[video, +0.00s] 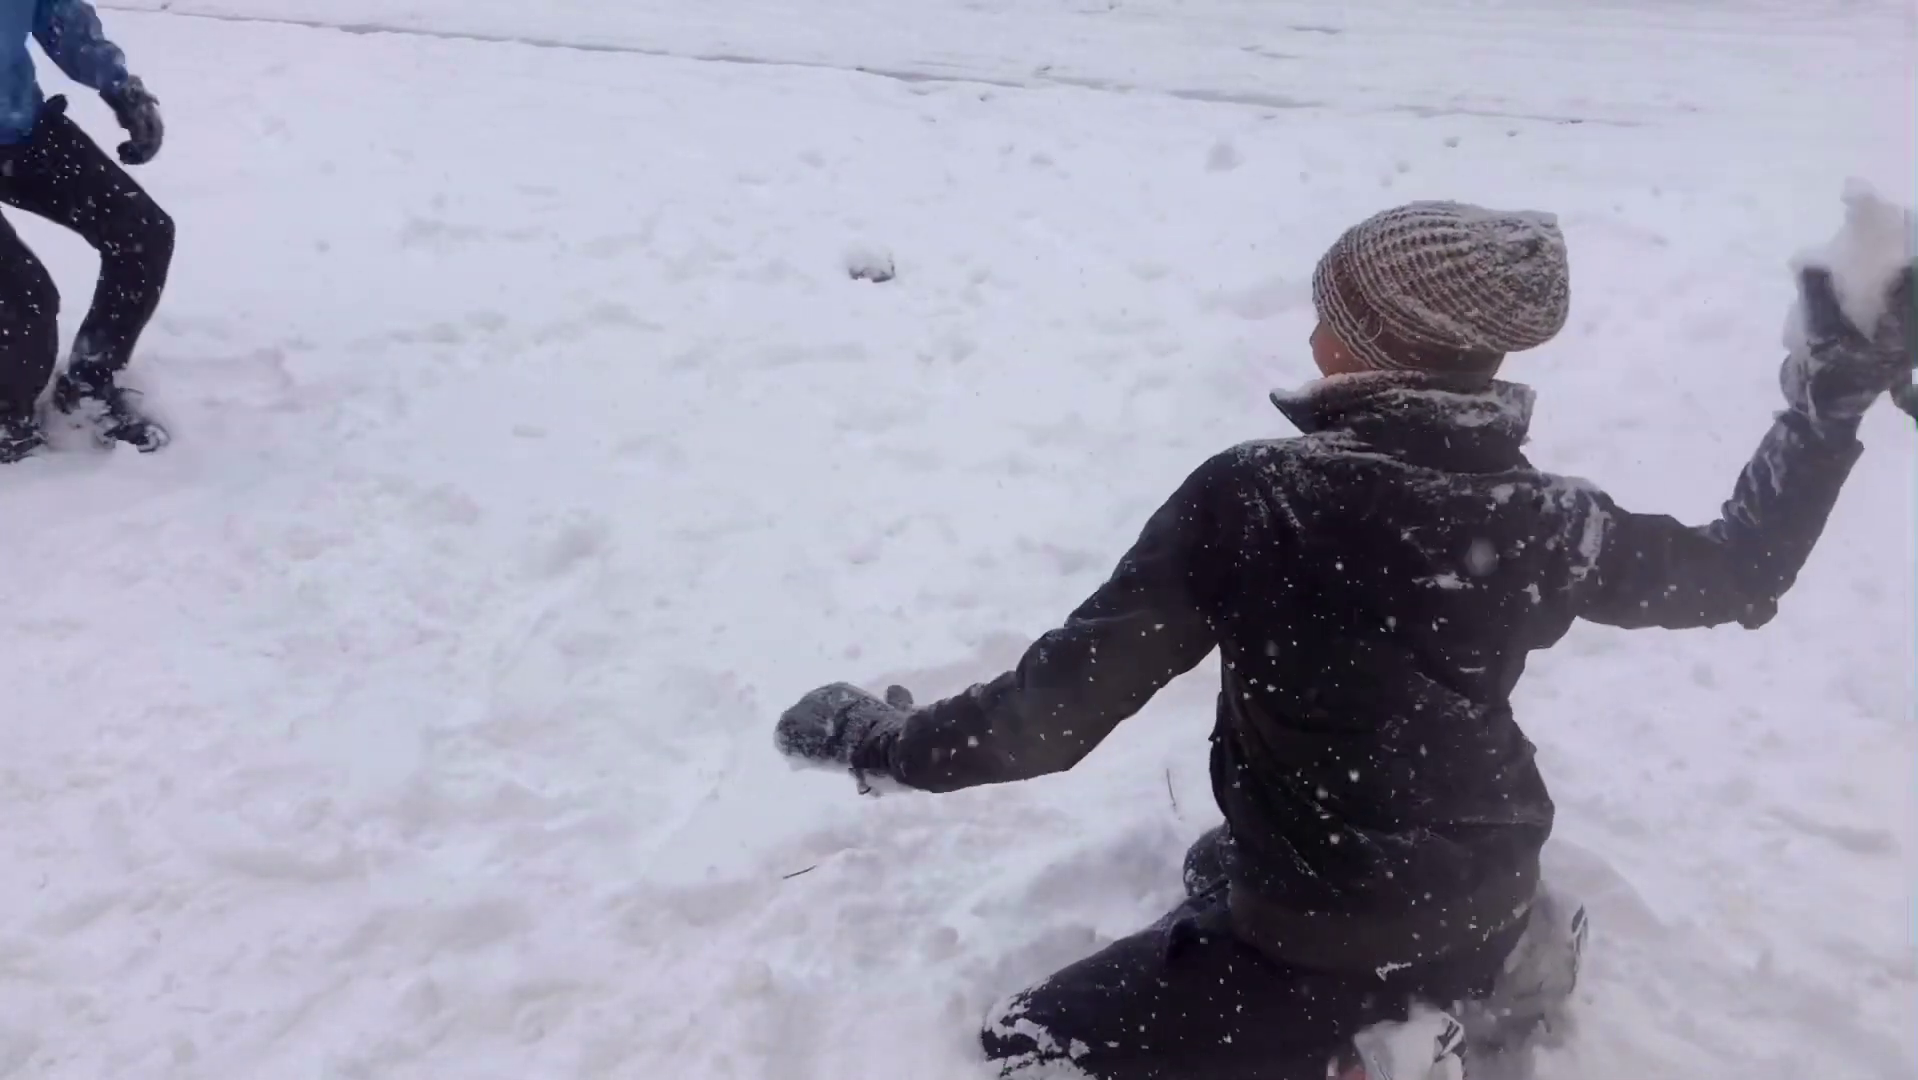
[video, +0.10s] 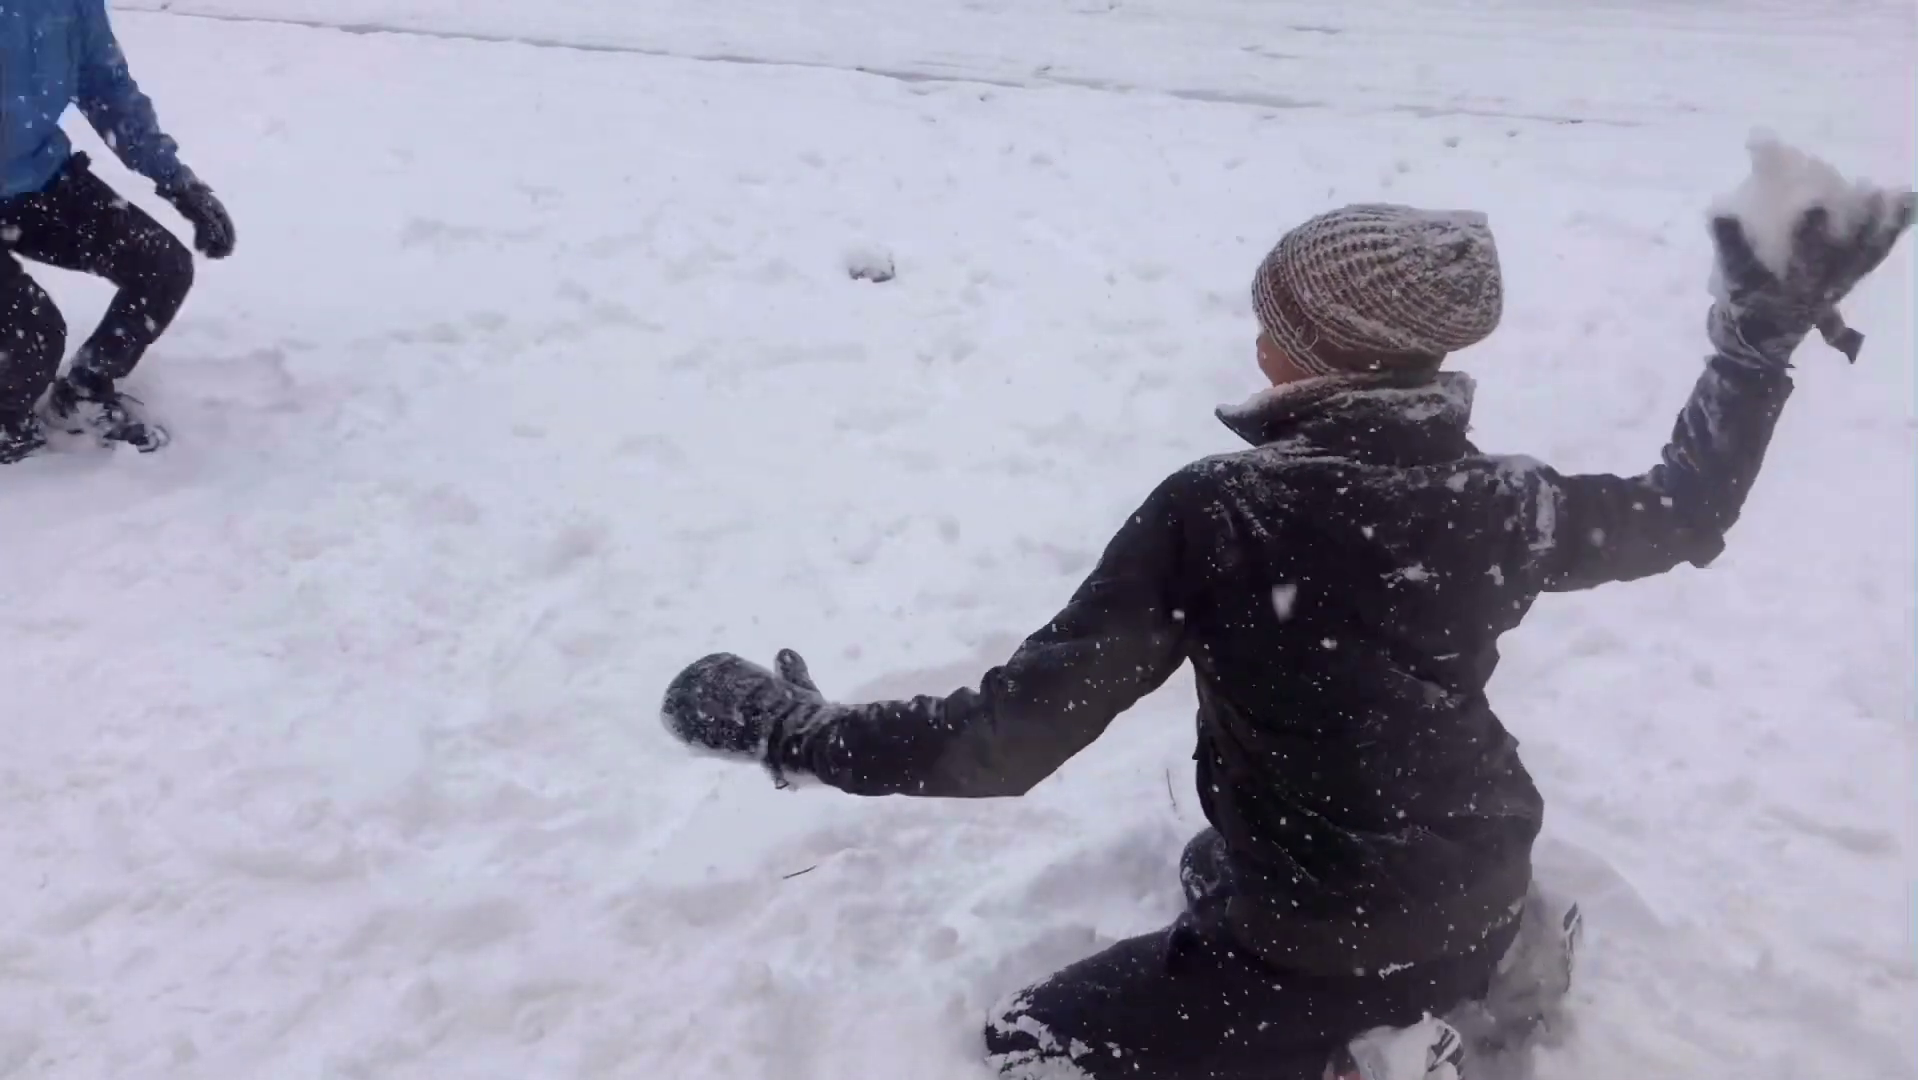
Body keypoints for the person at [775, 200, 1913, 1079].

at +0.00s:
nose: (1312, 343)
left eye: (1330, 326)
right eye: (1325, 316)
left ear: (1377, 355)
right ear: (1467, 365)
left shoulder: (1252, 502)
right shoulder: (1534, 520)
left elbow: (1048, 715)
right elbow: (1743, 571)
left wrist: (884, 737)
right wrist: (1838, 380)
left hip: (1301, 945)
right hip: (1486, 913)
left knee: (1023, 1043)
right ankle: (1505, 974)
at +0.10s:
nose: (1255, 354)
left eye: (1273, 332)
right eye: (1265, 326)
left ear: (1325, 352)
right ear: (1422, 362)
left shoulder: (1215, 512)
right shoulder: (1496, 503)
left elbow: (1009, 735)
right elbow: (1686, 516)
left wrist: (799, 734)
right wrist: (1762, 330)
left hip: (1300, 960)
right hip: (1481, 913)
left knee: (1021, 1039)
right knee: (1238, 833)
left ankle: (1339, 1045)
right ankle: (1492, 985)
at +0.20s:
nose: (1178, 367)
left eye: (1189, 344)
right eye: (1183, 340)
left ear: (1230, 360)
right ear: (1340, 348)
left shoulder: (1172, 534)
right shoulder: (1416, 463)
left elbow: (1003, 792)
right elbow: (1542, 414)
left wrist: (766, 753)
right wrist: (1591, 239)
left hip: (1310, 956)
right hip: (1471, 886)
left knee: (1029, 1045)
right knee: (1230, 824)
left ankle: (1392, 1036)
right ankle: (1471, 968)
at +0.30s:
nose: (1107, 373)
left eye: (1114, 353)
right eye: (1105, 350)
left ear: (1156, 368)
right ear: (1266, 338)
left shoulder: (1155, 539)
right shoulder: (1318, 428)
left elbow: (1094, 847)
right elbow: (1285, 298)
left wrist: (840, 842)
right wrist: (1284, 138)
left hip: (1325, 933)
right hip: (1442, 846)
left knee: (1024, 1045)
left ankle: (1393, 1035)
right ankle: (1459, 959)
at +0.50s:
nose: (1023, 371)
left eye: (1032, 349)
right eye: (1024, 347)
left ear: (1082, 364)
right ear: (1133, 352)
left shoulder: (1207, 503)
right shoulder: (1119, 454)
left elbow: (1340, 768)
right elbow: (944, 556)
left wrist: (1300, 1024)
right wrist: (764, 647)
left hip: (1308, 897)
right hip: (1281, 846)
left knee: (1037, 1047)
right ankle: (1449, 955)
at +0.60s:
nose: (968, 401)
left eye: (988, 381)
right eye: (973, 376)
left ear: (1060, 394)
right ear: (1051, 392)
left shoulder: (1172, 512)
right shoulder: (1054, 519)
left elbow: (1384, 712)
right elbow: (997, 734)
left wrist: (1560, 915)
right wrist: (904, 919)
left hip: (1348, 891)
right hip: (1248, 880)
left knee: (1038, 1044)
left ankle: (1367, 1065)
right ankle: (1426, 961)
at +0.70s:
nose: (925, 445)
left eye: (939, 425)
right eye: (927, 424)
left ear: (1001, 436)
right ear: (1017, 428)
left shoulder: (1139, 541)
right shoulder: (1034, 549)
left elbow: (1373, 648)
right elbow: (1039, 770)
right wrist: (1009, 967)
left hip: (1347, 904)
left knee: (1031, 1040)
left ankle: (1386, 1014)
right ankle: (1460, 954)